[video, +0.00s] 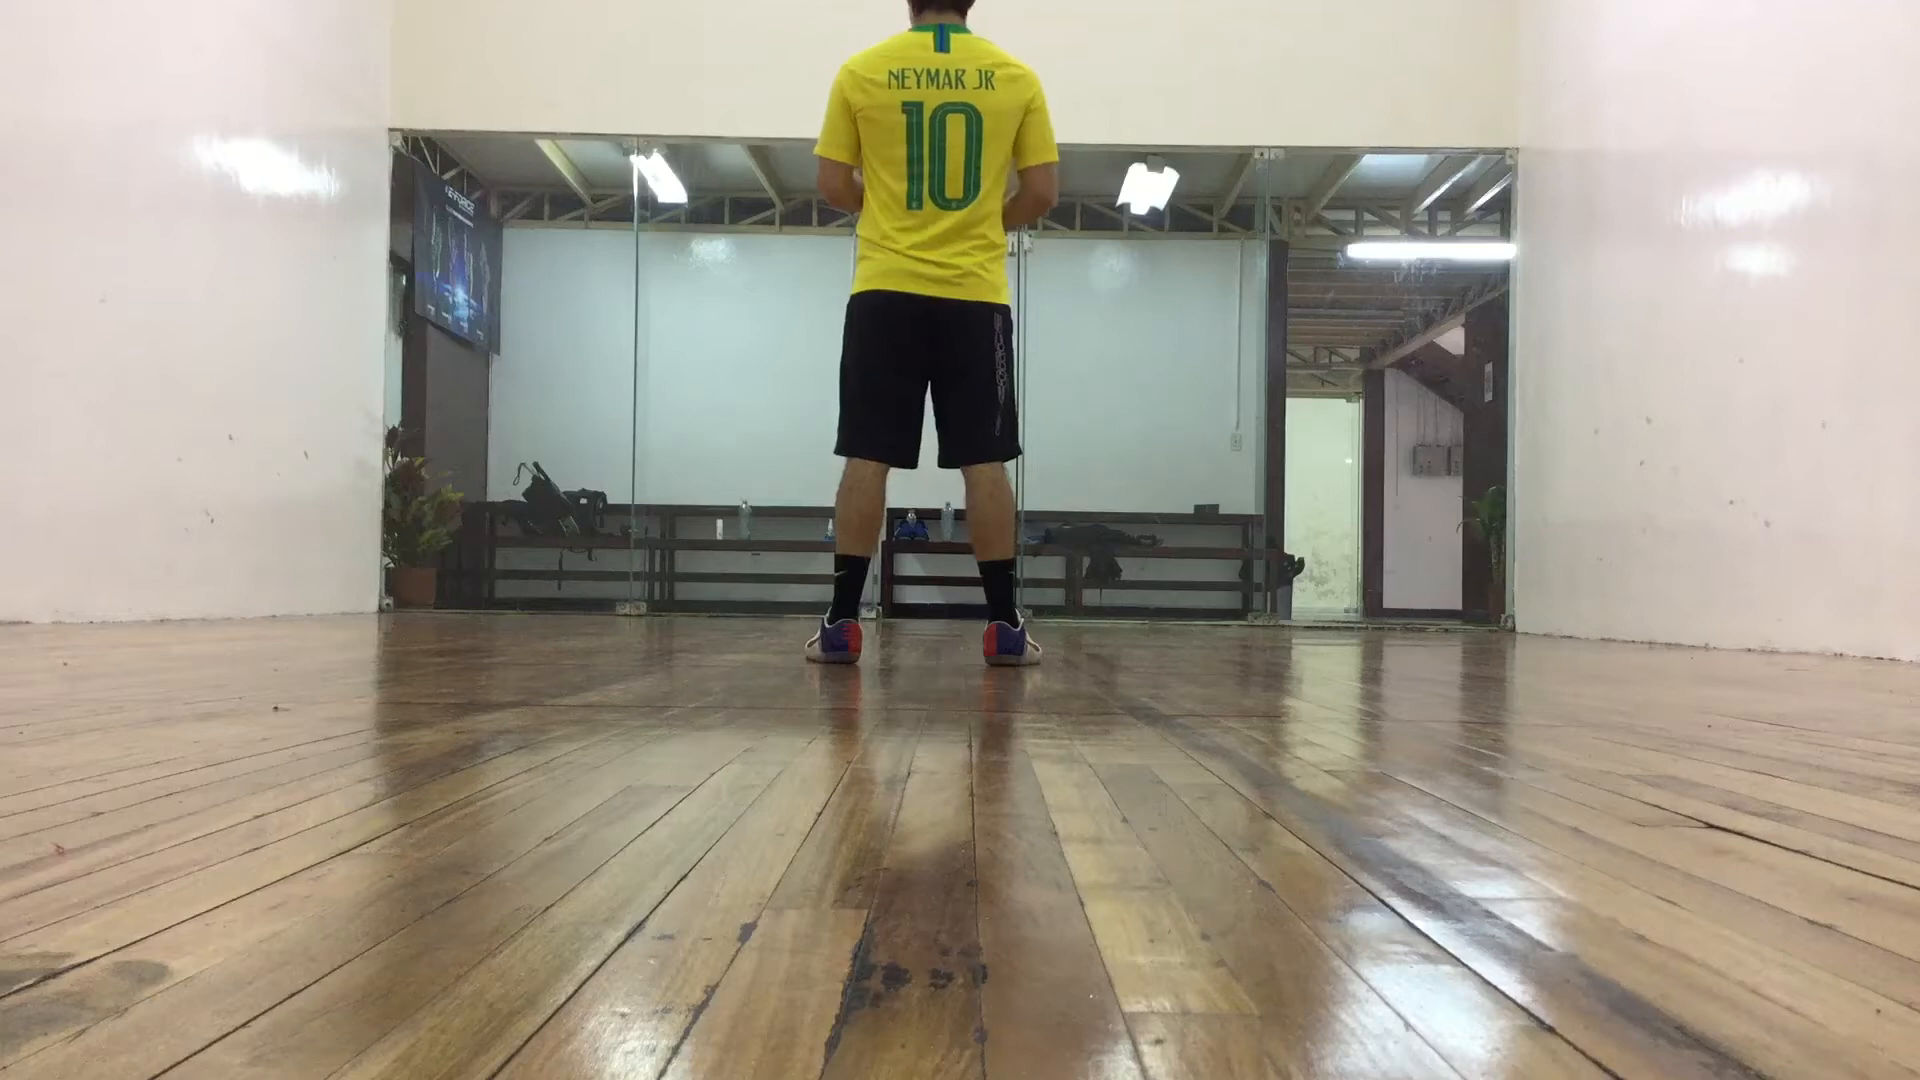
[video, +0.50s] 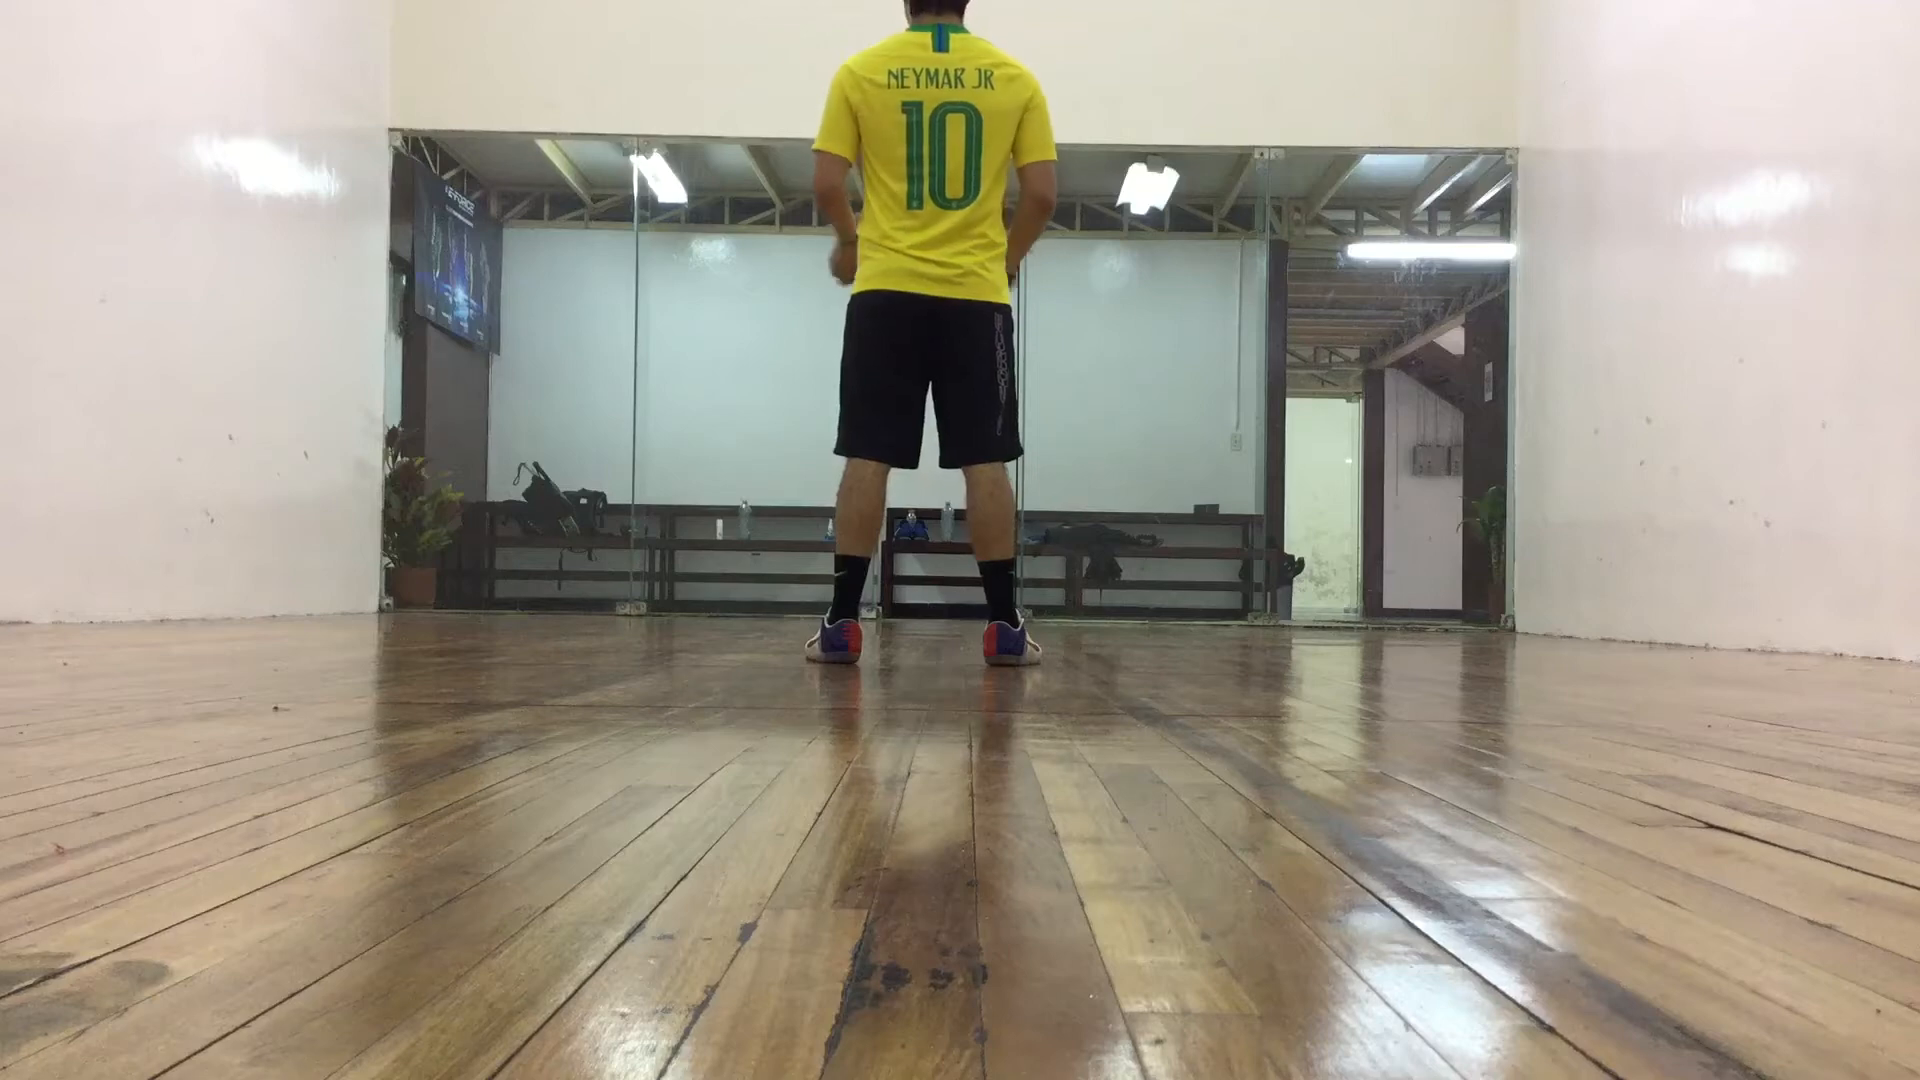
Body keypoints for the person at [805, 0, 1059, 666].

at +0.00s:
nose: (924, 12)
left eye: (913, 6)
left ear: (909, 4)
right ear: (970, 4)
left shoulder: (861, 71)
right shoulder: (1015, 76)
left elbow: (835, 186)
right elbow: (1041, 193)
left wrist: (887, 199)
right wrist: (983, 222)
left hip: (884, 298)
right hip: (974, 303)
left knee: (866, 458)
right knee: (985, 463)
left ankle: (842, 621)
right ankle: (1005, 625)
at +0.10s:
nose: (920, 12)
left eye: (911, 6)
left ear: (908, 4)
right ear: (970, 5)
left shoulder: (861, 71)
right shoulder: (1015, 78)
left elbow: (835, 186)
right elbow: (1034, 197)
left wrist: (890, 200)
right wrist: (978, 222)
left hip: (884, 298)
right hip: (974, 303)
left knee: (866, 458)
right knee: (986, 463)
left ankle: (843, 622)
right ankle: (1004, 625)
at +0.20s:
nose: (919, 12)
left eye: (911, 6)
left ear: (908, 4)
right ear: (970, 5)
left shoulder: (861, 71)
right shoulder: (1016, 79)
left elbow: (834, 187)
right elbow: (1034, 198)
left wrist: (891, 209)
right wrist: (975, 228)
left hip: (884, 297)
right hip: (974, 302)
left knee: (866, 458)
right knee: (986, 463)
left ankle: (842, 622)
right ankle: (1005, 625)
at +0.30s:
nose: (920, 12)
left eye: (911, 6)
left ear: (907, 4)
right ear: (969, 4)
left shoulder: (861, 71)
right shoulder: (1015, 78)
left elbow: (834, 186)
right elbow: (1035, 198)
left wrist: (879, 216)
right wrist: (978, 234)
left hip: (884, 297)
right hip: (975, 301)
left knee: (866, 457)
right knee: (986, 462)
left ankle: (843, 622)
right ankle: (1004, 625)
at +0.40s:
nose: (921, 13)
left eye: (910, 6)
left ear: (906, 5)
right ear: (967, 5)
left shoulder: (860, 71)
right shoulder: (1014, 77)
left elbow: (830, 183)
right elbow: (1041, 195)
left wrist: (872, 228)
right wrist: (993, 244)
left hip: (884, 296)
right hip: (974, 301)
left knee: (866, 458)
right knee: (986, 463)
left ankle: (843, 621)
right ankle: (1005, 625)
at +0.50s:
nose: (923, 13)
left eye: (911, 7)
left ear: (905, 5)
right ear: (966, 5)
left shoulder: (860, 72)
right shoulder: (1015, 78)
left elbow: (828, 181)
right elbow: (1041, 196)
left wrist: (848, 238)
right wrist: (1003, 257)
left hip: (884, 299)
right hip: (975, 303)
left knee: (866, 458)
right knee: (986, 463)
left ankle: (843, 621)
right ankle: (1005, 625)